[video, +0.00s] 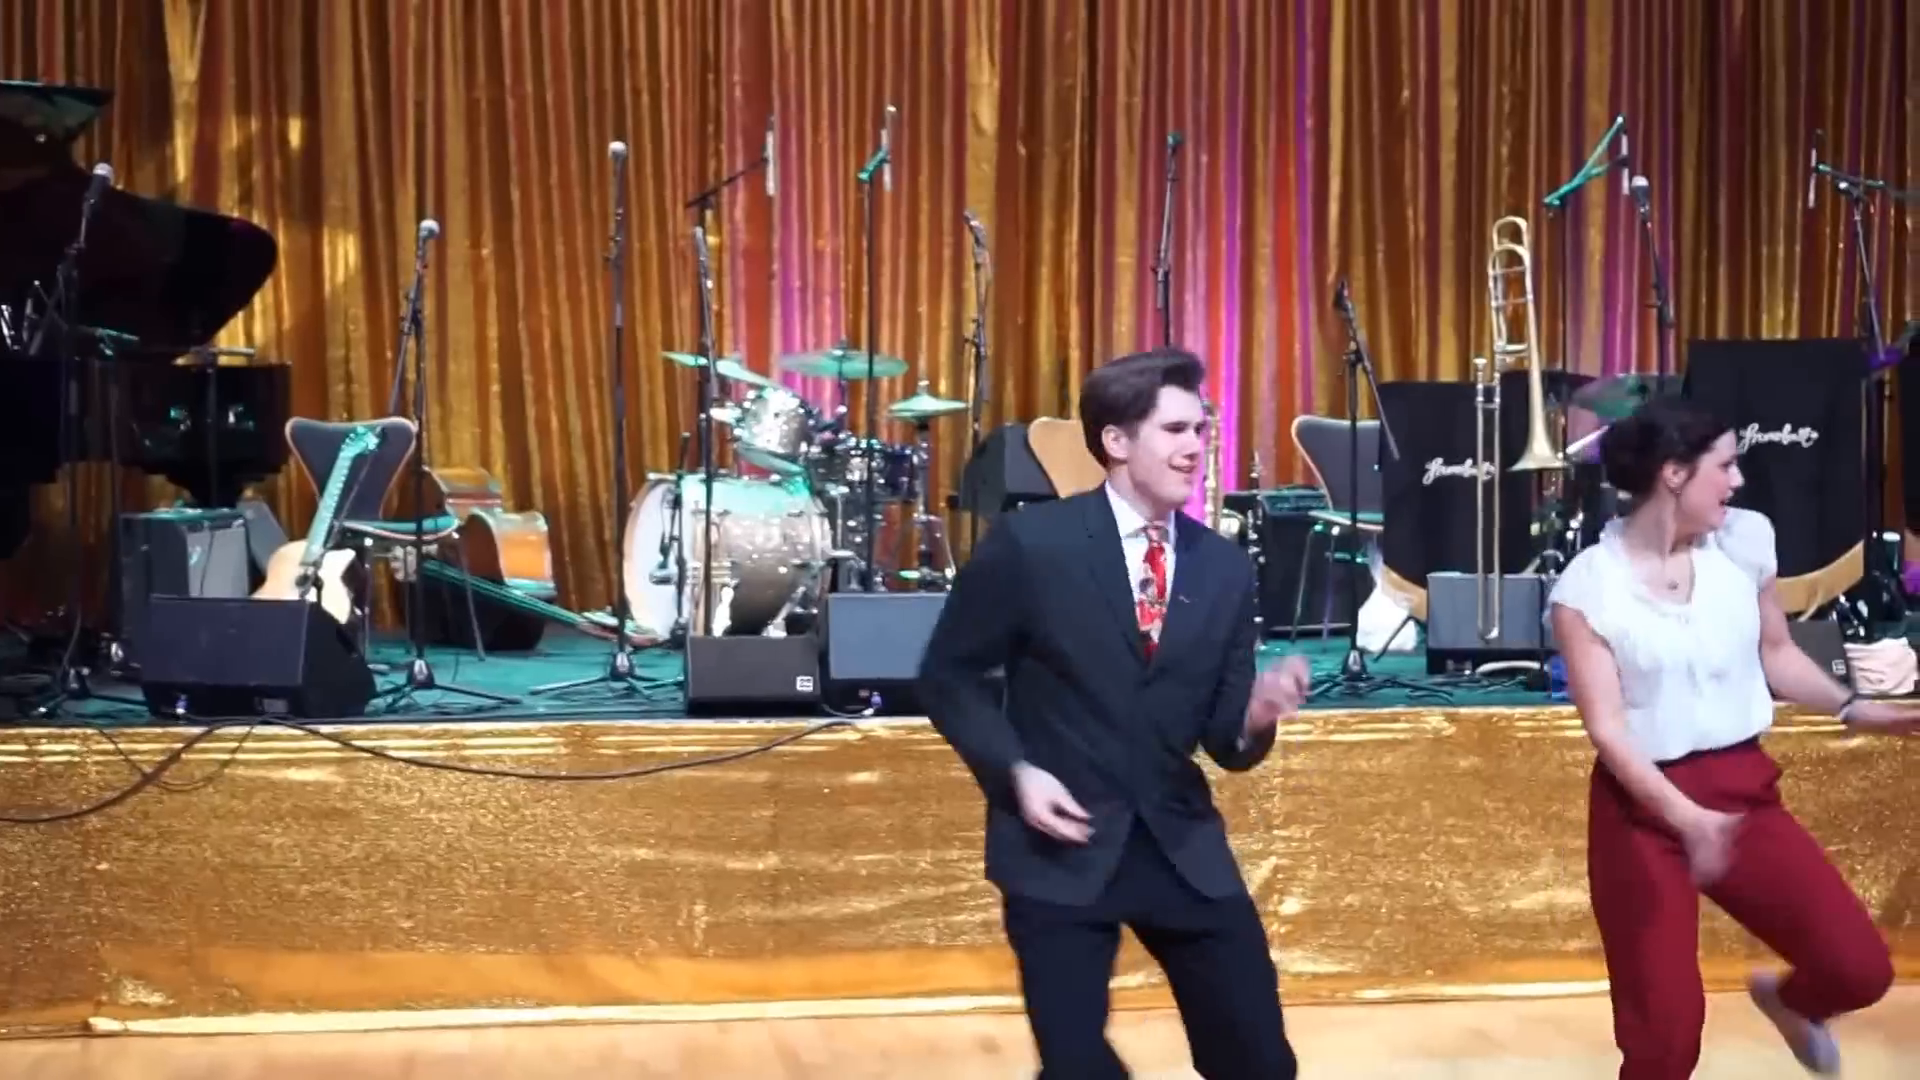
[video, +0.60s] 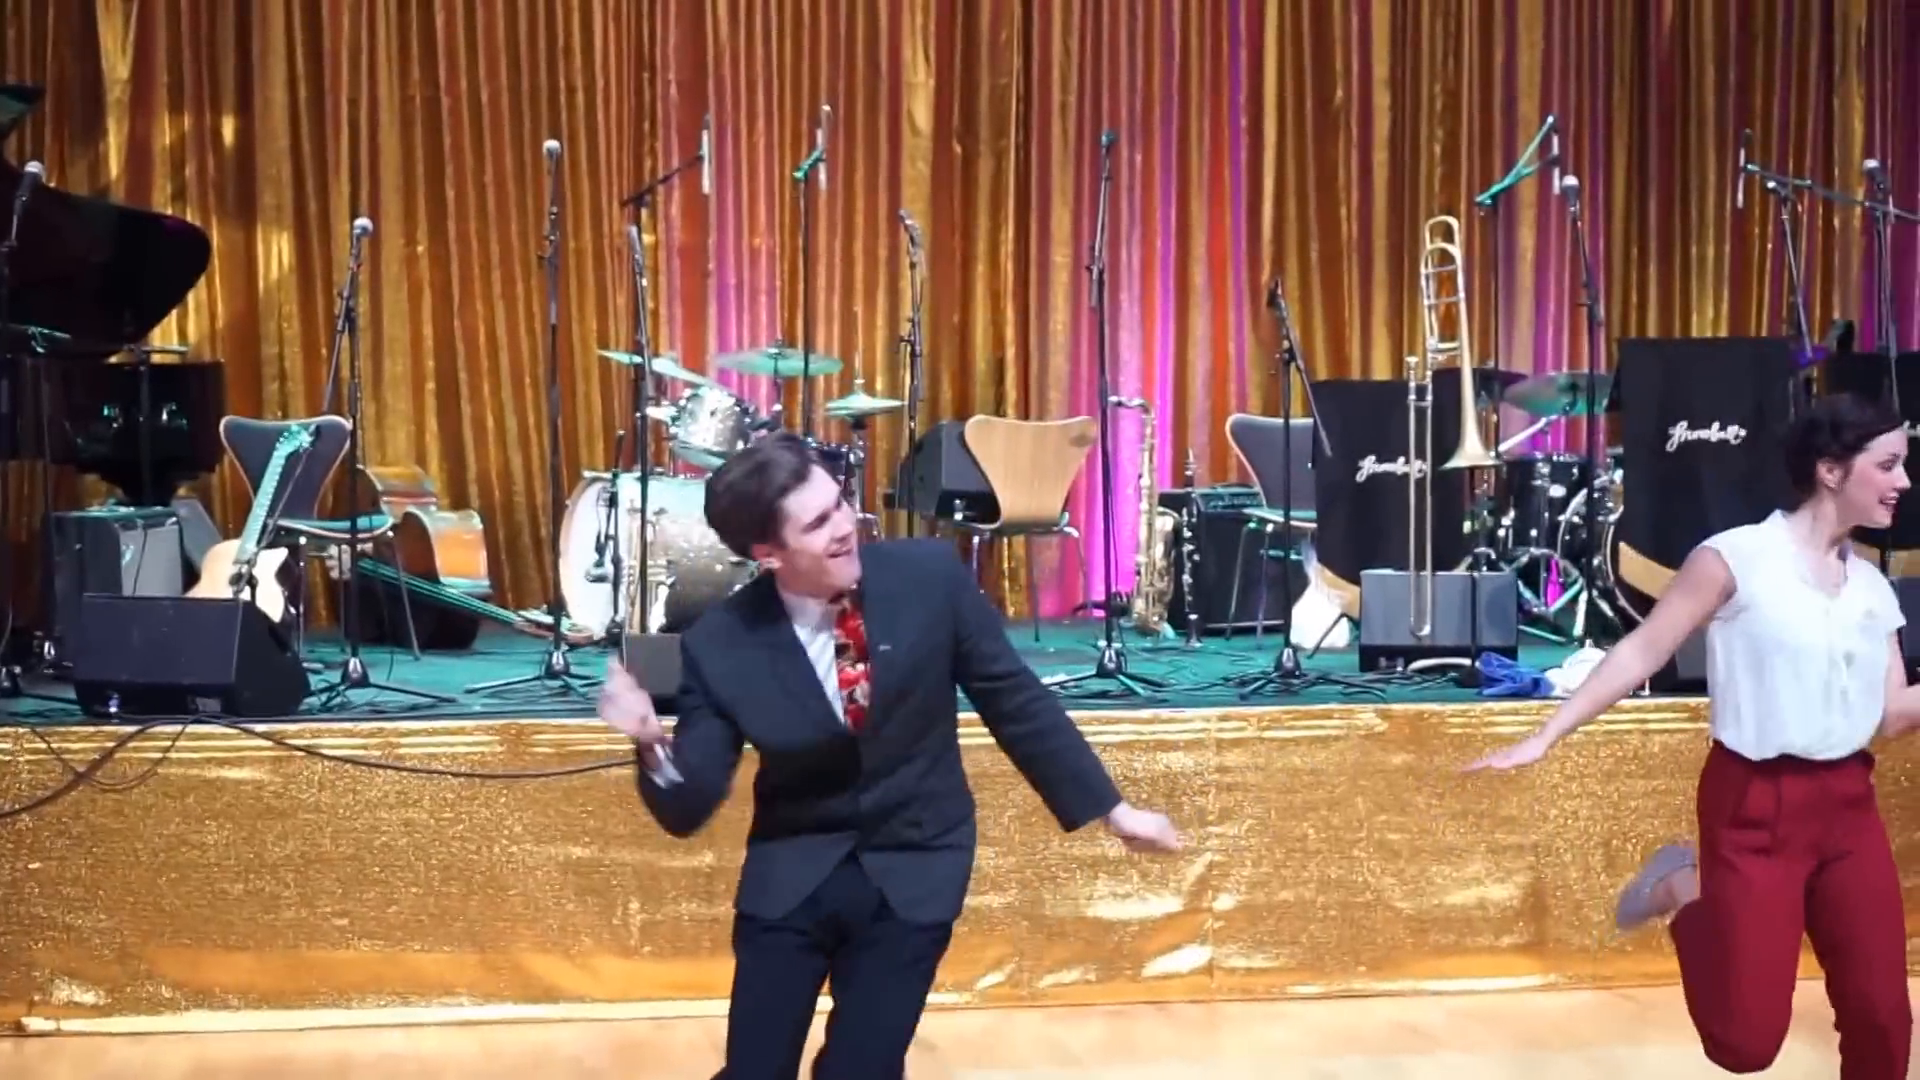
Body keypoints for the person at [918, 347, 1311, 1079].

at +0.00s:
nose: (1194, 447)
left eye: (1201, 429)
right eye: (1175, 428)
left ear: (1210, 438)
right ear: (1115, 444)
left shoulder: (1225, 567)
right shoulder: (1027, 546)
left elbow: (1228, 742)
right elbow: (947, 674)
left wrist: (1257, 721)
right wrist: (1015, 772)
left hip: (1181, 844)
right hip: (1056, 846)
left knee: (1257, 1059)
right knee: (1073, 1061)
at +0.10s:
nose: (1185, 404)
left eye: (1187, 388)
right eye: (1164, 386)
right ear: (1100, 397)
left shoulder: (1199, 544)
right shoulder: (1002, 473)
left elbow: (1235, 695)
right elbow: (895, 582)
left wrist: (1284, 657)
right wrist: (928, 687)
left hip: (1127, 805)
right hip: (1003, 795)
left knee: (1185, 1035)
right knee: (977, 1033)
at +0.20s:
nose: (1138, 401)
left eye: (1141, 384)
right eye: (1120, 379)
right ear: (1056, 389)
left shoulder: (1138, 528)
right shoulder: (955, 457)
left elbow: (1204, 644)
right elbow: (819, 537)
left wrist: (1314, 669)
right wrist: (832, 641)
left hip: (1083, 799)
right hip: (957, 791)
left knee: (1128, 1039)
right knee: (893, 1028)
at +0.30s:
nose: (1069, 421)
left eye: (1073, 404)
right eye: (1052, 401)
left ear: (1064, 420)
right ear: (987, 411)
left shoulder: (1081, 546)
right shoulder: (878, 485)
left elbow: (1179, 649)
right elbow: (717, 515)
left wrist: (1313, 711)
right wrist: (735, 603)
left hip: (1034, 835)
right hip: (902, 831)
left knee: (1103, 1052)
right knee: (834, 1046)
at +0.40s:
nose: (996, 432)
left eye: (996, 414)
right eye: (976, 414)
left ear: (983, 427)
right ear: (908, 430)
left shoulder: (1024, 541)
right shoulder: (812, 510)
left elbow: (1126, 658)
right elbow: (650, 549)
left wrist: (1251, 757)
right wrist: (659, 600)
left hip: (985, 830)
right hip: (851, 831)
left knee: (1066, 1045)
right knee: (798, 1051)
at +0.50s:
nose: (908, 488)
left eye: (907, 467)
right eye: (884, 475)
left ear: (913, 473)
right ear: (821, 503)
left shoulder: (968, 563)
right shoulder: (751, 591)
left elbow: (1062, 687)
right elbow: (614, 698)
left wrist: (1166, 798)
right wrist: (622, 666)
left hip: (947, 834)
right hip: (812, 839)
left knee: (958, 1048)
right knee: (781, 1058)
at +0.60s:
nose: (846, 528)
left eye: (842, 505)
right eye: (819, 524)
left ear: (848, 494)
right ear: (766, 553)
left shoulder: (930, 578)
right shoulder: (721, 643)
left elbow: (1015, 697)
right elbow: (685, 809)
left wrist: (1109, 807)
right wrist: (653, 746)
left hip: (917, 851)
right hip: (792, 853)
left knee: (859, 1066)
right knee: (754, 1067)